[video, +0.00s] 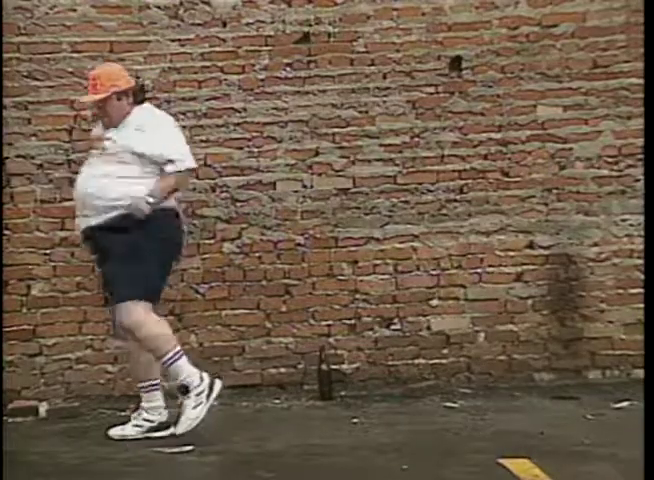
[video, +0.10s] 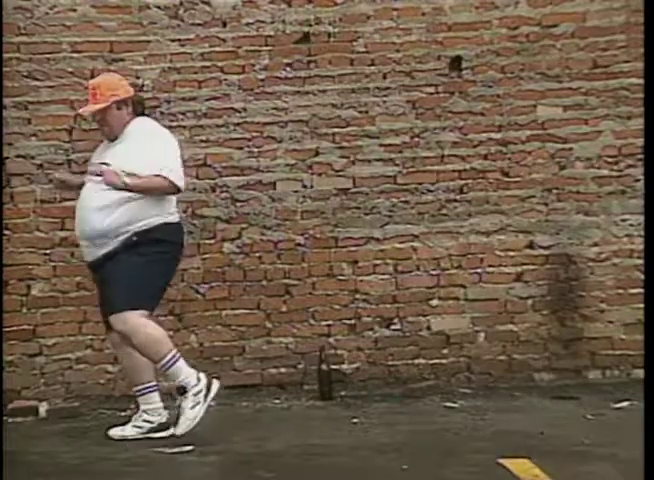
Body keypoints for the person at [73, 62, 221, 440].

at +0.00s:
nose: (96, 108)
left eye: (102, 101)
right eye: (94, 102)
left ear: (125, 97)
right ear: (102, 101)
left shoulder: (151, 121)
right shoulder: (109, 132)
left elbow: (183, 170)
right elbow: (114, 178)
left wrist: (153, 197)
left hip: (145, 225)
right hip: (113, 231)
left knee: (132, 314)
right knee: (126, 324)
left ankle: (196, 383)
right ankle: (153, 410)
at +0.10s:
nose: (97, 119)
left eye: (102, 111)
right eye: (95, 112)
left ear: (124, 107)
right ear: (103, 112)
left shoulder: (149, 133)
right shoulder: (109, 146)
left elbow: (171, 182)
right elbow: (104, 184)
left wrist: (124, 182)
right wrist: (74, 181)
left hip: (149, 238)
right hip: (112, 248)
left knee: (126, 318)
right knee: (119, 331)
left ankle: (194, 384)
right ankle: (152, 412)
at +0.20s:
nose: (87, 117)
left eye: (91, 109)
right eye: (85, 111)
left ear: (113, 103)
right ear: (100, 107)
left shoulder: (139, 130)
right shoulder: (104, 142)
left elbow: (150, 174)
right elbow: (90, 187)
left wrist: (96, 163)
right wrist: (47, 174)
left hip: (155, 239)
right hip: (117, 247)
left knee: (134, 320)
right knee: (123, 328)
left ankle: (175, 401)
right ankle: (151, 406)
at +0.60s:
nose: (91, 124)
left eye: (96, 115)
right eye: (86, 118)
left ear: (117, 105)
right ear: (84, 115)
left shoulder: (142, 134)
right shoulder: (98, 144)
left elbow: (144, 177)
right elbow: (95, 185)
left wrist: (107, 212)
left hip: (150, 247)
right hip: (108, 251)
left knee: (144, 333)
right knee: (100, 328)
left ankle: (164, 417)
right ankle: (142, 397)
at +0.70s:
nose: (95, 116)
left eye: (100, 106)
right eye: (89, 109)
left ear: (120, 96)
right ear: (85, 107)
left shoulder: (154, 128)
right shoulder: (93, 134)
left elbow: (172, 179)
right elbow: (92, 182)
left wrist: (153, 217)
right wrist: (81, 221)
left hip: (137, 242)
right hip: (91, 245)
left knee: (142, 329)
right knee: (95, 323)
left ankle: (162, 414)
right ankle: (123, 403)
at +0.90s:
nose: (107, 124)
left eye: (115, 116)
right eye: (100, 117)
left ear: (132, 112)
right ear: (92, 116)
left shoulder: (154, 145)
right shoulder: (95, 146)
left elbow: (194, 185)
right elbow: (91, 192)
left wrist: (185, 215)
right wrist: (65, 221)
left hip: (128, 258)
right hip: (74, 258)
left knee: (121, 342)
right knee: (76, 340)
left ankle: (160, 416)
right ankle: (102, 418)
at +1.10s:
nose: (128, 96)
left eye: (134, 89)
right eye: (120, 87)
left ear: (141, 91)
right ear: (101, 86)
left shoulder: (152, 126)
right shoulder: (76, 109)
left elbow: (180, 176)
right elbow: (29, 131)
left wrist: (157, 162)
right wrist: (47, 134)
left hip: (145, 234)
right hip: (87, 236)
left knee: (148, 315)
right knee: (98, 326)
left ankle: (160, 404)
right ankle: (104, 411)